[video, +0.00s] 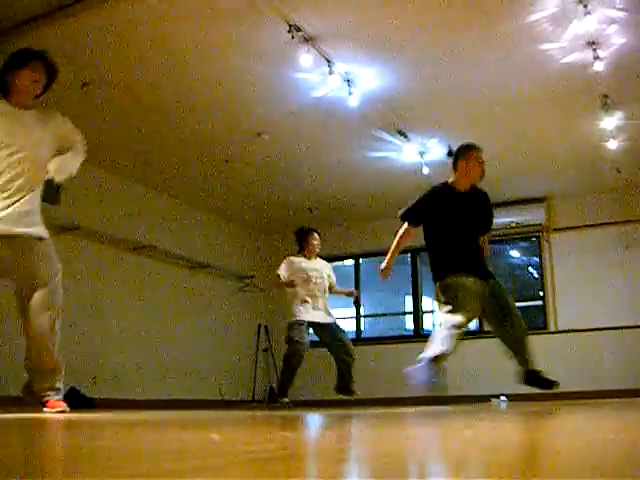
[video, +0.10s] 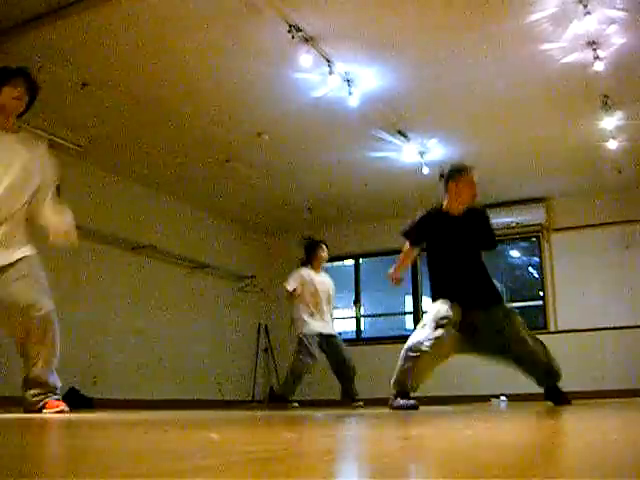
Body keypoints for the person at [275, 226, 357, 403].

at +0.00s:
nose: (318, 244)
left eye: (318, 240)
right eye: (314, 240)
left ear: (319, 244)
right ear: (304, 244)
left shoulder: (325, 265)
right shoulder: (291, 262)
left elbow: (331, 289)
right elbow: (277, 283)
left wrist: (347, 292)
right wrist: (292, 285)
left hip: (322, 314)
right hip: (301, 313)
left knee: (345, 349)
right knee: (298, 349)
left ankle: (344, 386)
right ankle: (281, 393)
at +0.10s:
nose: (325, 254)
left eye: (326, 251)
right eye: (322, 251)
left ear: (326, 255)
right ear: (313, 254)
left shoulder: (327, 278)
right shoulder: (302, 273)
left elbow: (329, 302)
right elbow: (287, 289)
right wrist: (293, 294)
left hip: (326, 326)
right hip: (308, 325)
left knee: (344, 363)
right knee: (303, 362)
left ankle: (350, 396)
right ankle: (284, 395)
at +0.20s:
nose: (334, 263)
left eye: (334, 259)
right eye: (330, 259)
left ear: (332, 262)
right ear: (321, 262)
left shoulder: (329, 283)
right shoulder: (312, 280)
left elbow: (326, 308)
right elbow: (304, 302)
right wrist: (300, 297)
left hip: (330, 333)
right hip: (315, 334)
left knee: (348, 365)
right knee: (314, 371)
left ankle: (345, 400)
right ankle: (287, 395)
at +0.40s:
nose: (351, 272)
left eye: (351, 268)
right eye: (348, 268)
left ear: (343, 270)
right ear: (340, 270)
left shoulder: (341, 286)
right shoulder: (328, 282)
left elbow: (343, 301)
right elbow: (322, 292)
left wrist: (353, 303)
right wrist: (343, 298)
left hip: (334, 331)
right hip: (320, 331)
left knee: (358, 355)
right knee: (351, 354)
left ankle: (340, 392)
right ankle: (326, 390)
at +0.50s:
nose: (360, 291)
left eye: (360, 287)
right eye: (358, 286)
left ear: (350, 288)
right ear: (351, 288)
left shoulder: (348, 305)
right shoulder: (338, 300)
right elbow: (349, 316)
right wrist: (356, 332)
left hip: (334, 342)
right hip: (323, 343)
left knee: (358, 364)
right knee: (358, 363)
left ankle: (337, 395)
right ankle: (343, 396)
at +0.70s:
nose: (374, 329)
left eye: (374, 326)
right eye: (372, 326)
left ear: (357, 327)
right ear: (368, 327)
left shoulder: (348, 337)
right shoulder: (370, 341)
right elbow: (370, 365)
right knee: (365, 371)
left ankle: (332, 397)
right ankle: (350, 398)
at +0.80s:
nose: (379, 322)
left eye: (379, 318)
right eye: (377, 318)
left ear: (361, 315)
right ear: (371, 317)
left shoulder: (354, 327)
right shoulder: (363, 326)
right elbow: (376, 345)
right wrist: (391, 354)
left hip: (324, 366)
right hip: (334, 364)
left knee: (362, 369)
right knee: (367, 369)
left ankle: (336, 396)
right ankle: (348, 398)